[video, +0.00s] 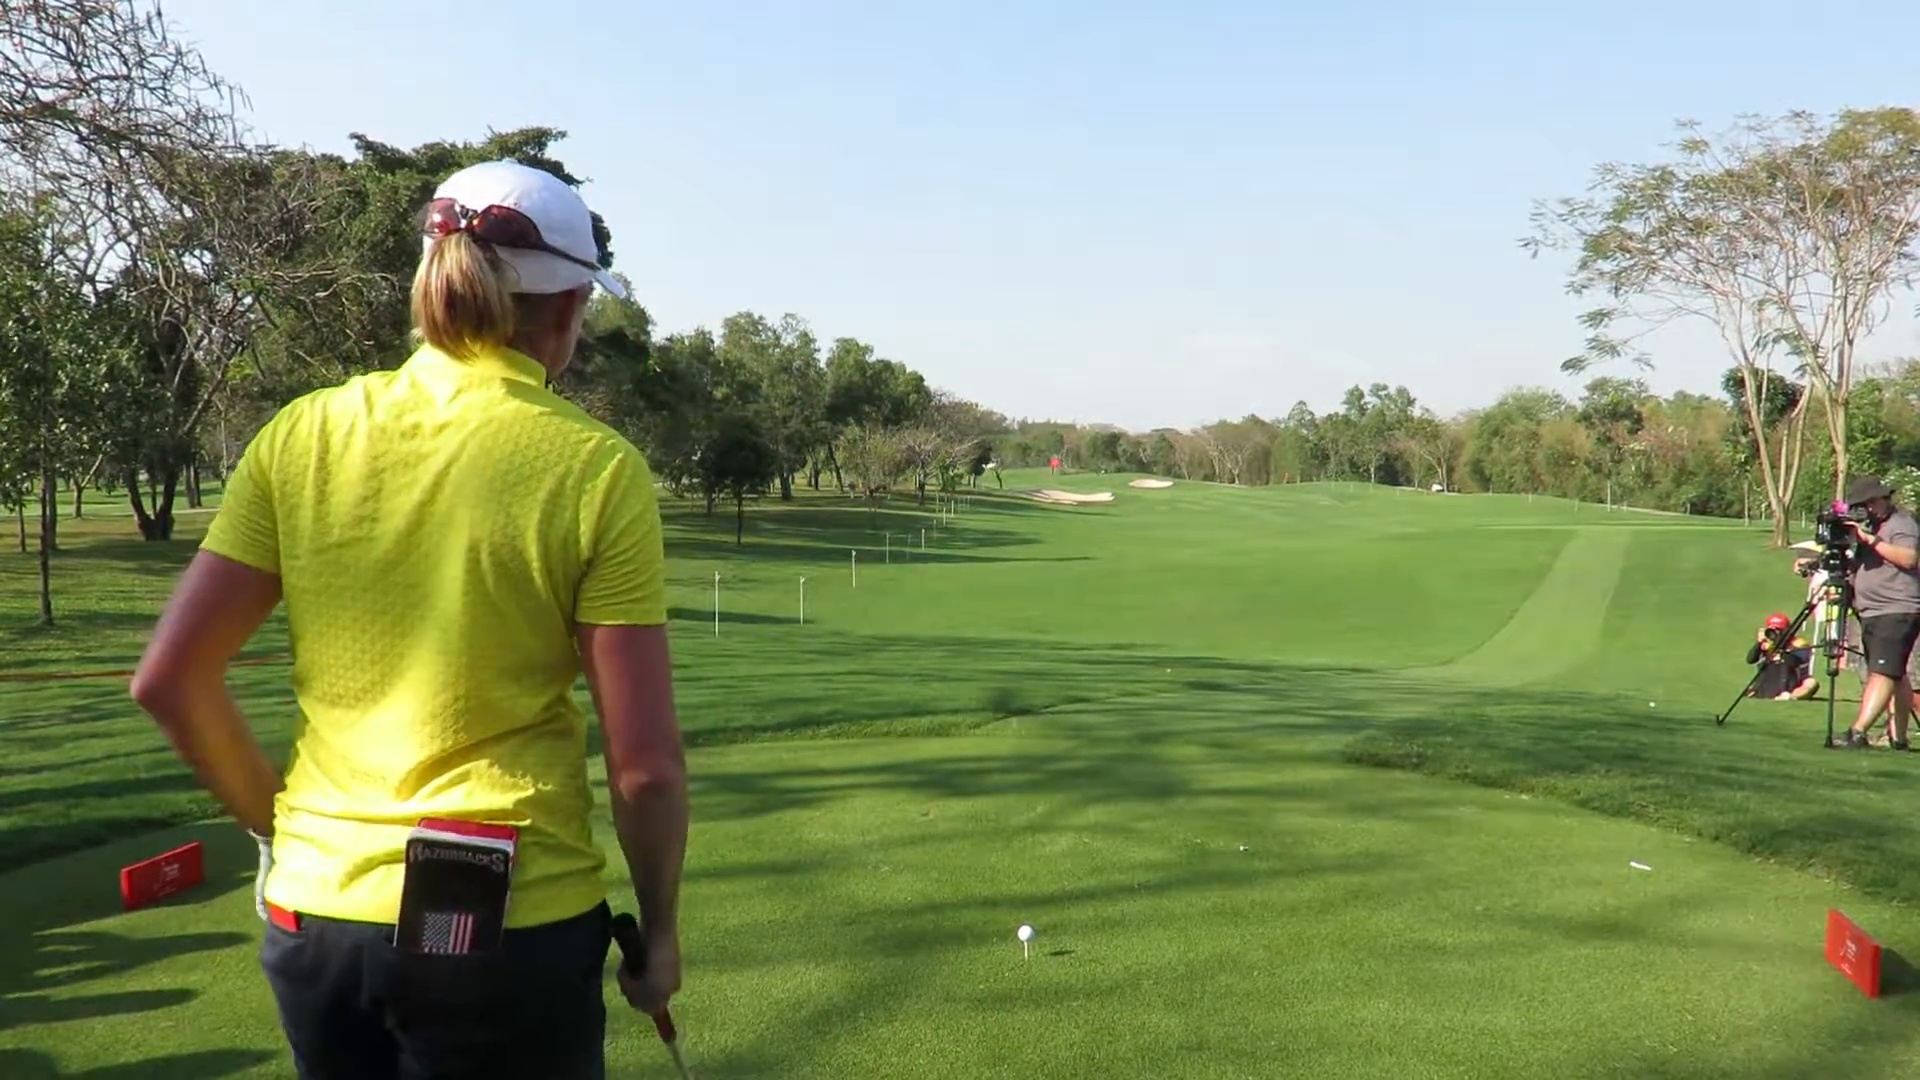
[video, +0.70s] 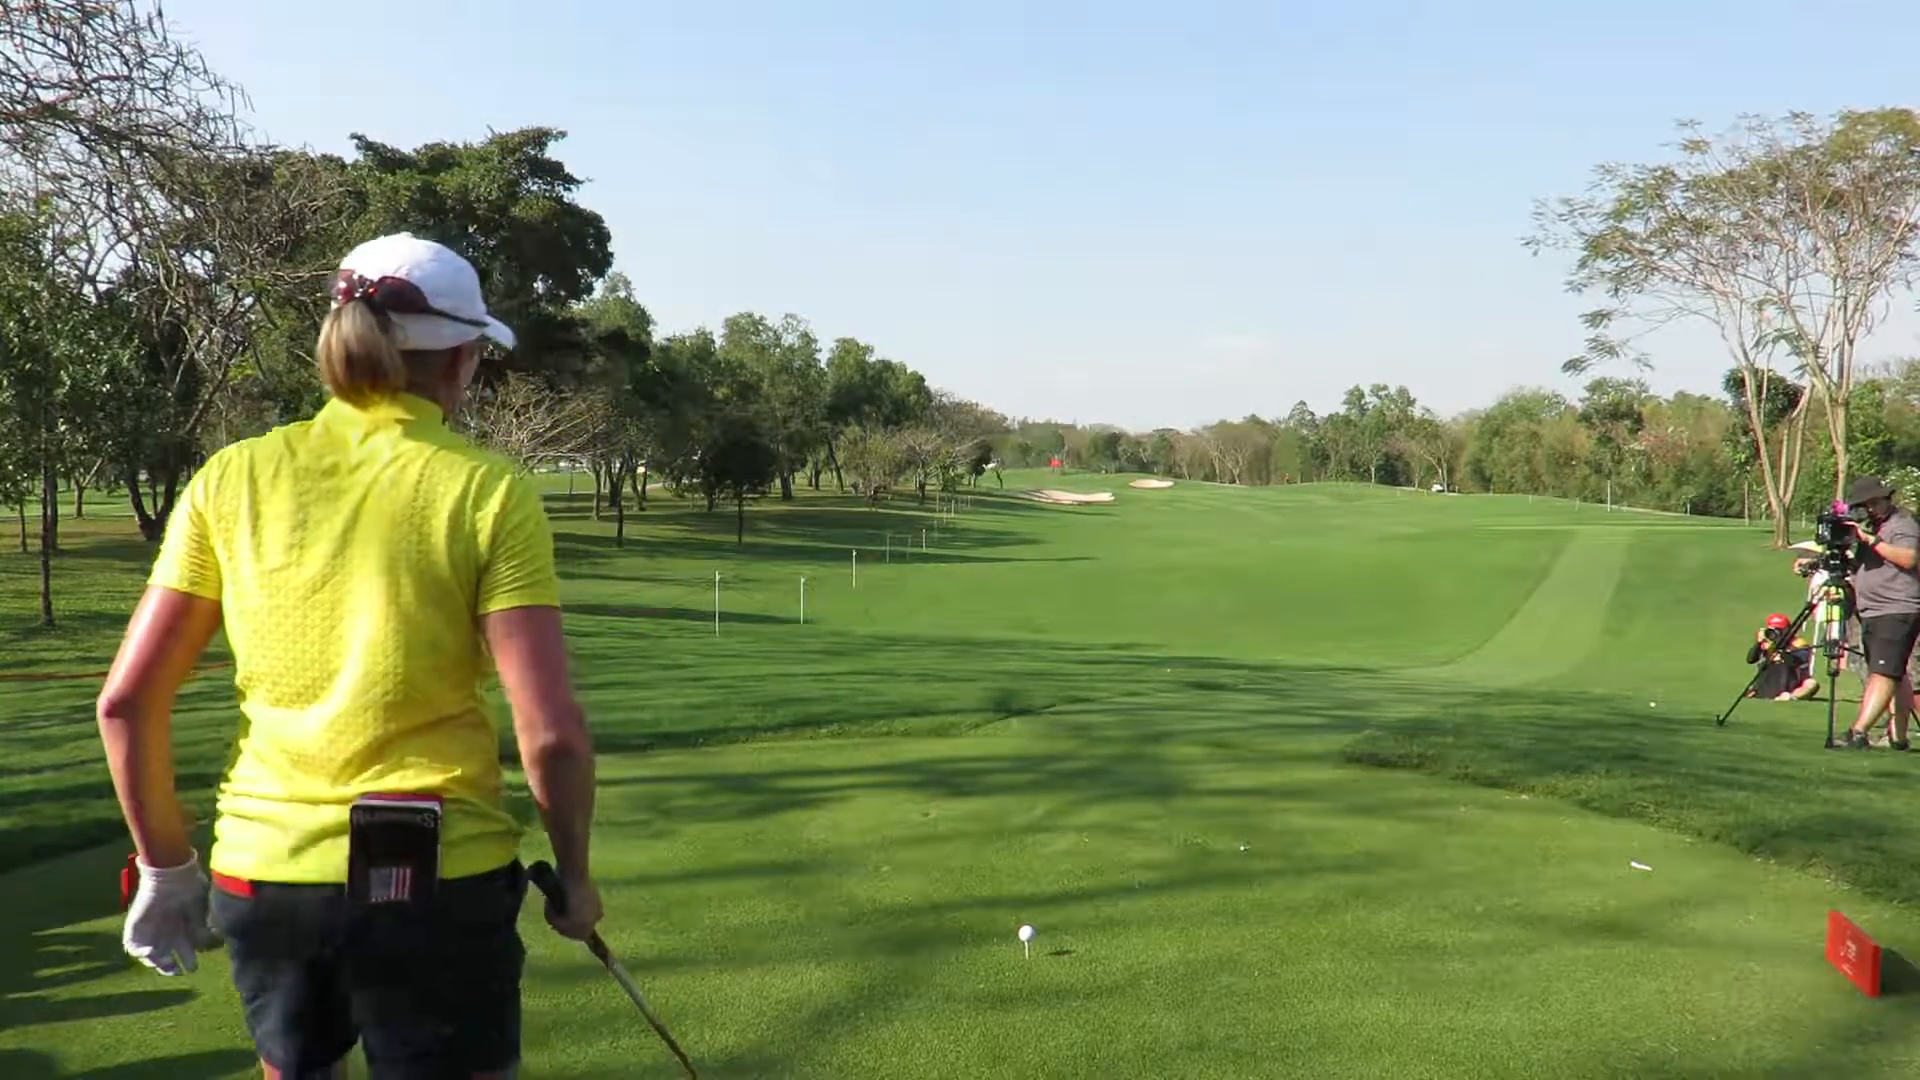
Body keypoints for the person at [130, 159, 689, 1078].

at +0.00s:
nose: (580, 329)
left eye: (580, 305)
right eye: (582, 307)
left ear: (432, 284)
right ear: (562, 311)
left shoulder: (300, 434)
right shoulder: (595, 466)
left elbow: (171, 679)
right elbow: (644, 771)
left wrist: (283, 826)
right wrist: (659, 925)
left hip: (314, 917)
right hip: (511, 930)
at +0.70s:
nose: (477, 382)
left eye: (482, 362)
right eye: (478, 362)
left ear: (341, 343)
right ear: (459, 362)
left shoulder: (229, 481)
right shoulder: (487, 488)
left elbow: (127, 700)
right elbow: (552, 737)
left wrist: (167, 863)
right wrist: (575, 871)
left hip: (265, 887)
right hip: (437, 888)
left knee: (291, 1063)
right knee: (458, 1060)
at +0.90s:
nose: (421, 368)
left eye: (424, 350)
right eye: (422, 350)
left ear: (296, 337)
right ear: (396, 351)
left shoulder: (186, 457)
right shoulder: (425, 470)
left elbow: (114, 666)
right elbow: (479, 690)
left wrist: (166, 802)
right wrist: (520, 823)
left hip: (210, 848)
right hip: (377, 849)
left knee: (254, 1070)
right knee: (446, 1064)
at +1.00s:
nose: (413, 377)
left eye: (416, 359)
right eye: (412, 358)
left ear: (288, 346)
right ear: (381, 356)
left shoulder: (182, 459)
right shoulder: (409, 469)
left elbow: (124, 661)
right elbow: (460, 679)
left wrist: (192, 764)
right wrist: (503, 817)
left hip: (215, 830)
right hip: (379, 833)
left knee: (251, 1067)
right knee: (434, 1048)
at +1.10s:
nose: (407, 396)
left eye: (410, 377)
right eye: (407, 377)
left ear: (287, 363)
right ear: (378, 375)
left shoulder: (187, 470)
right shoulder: (402, 481)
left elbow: (147, 662)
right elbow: (454, 683)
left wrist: (218, 750)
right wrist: (497, 810)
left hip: (221, 816)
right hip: (376, 821)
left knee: (256, 1063)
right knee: (413, 1005)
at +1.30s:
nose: (415, 424)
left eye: (417, 407)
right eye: (414, 407)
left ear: (315, 396)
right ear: (390, 403)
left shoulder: (227, 488)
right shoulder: (415, 501)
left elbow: (201, 661)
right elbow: (456, 679)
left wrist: (292, 685)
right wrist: (499, 795)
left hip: (252, 801)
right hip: (383, 806)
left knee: (272, 1045)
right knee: (389, 979)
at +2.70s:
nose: (623, 442)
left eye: (624, 431)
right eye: (617, 430)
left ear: (575, 419)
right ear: (583, 422)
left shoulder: (524, 462)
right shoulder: (570, 481)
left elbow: (487, 548)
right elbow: (576, 603)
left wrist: (546, 588)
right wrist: (638, 658)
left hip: (514, 649)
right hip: (560, 656)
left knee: (568, 779)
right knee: (584, 791)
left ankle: (491, 898)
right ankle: (582, 934)